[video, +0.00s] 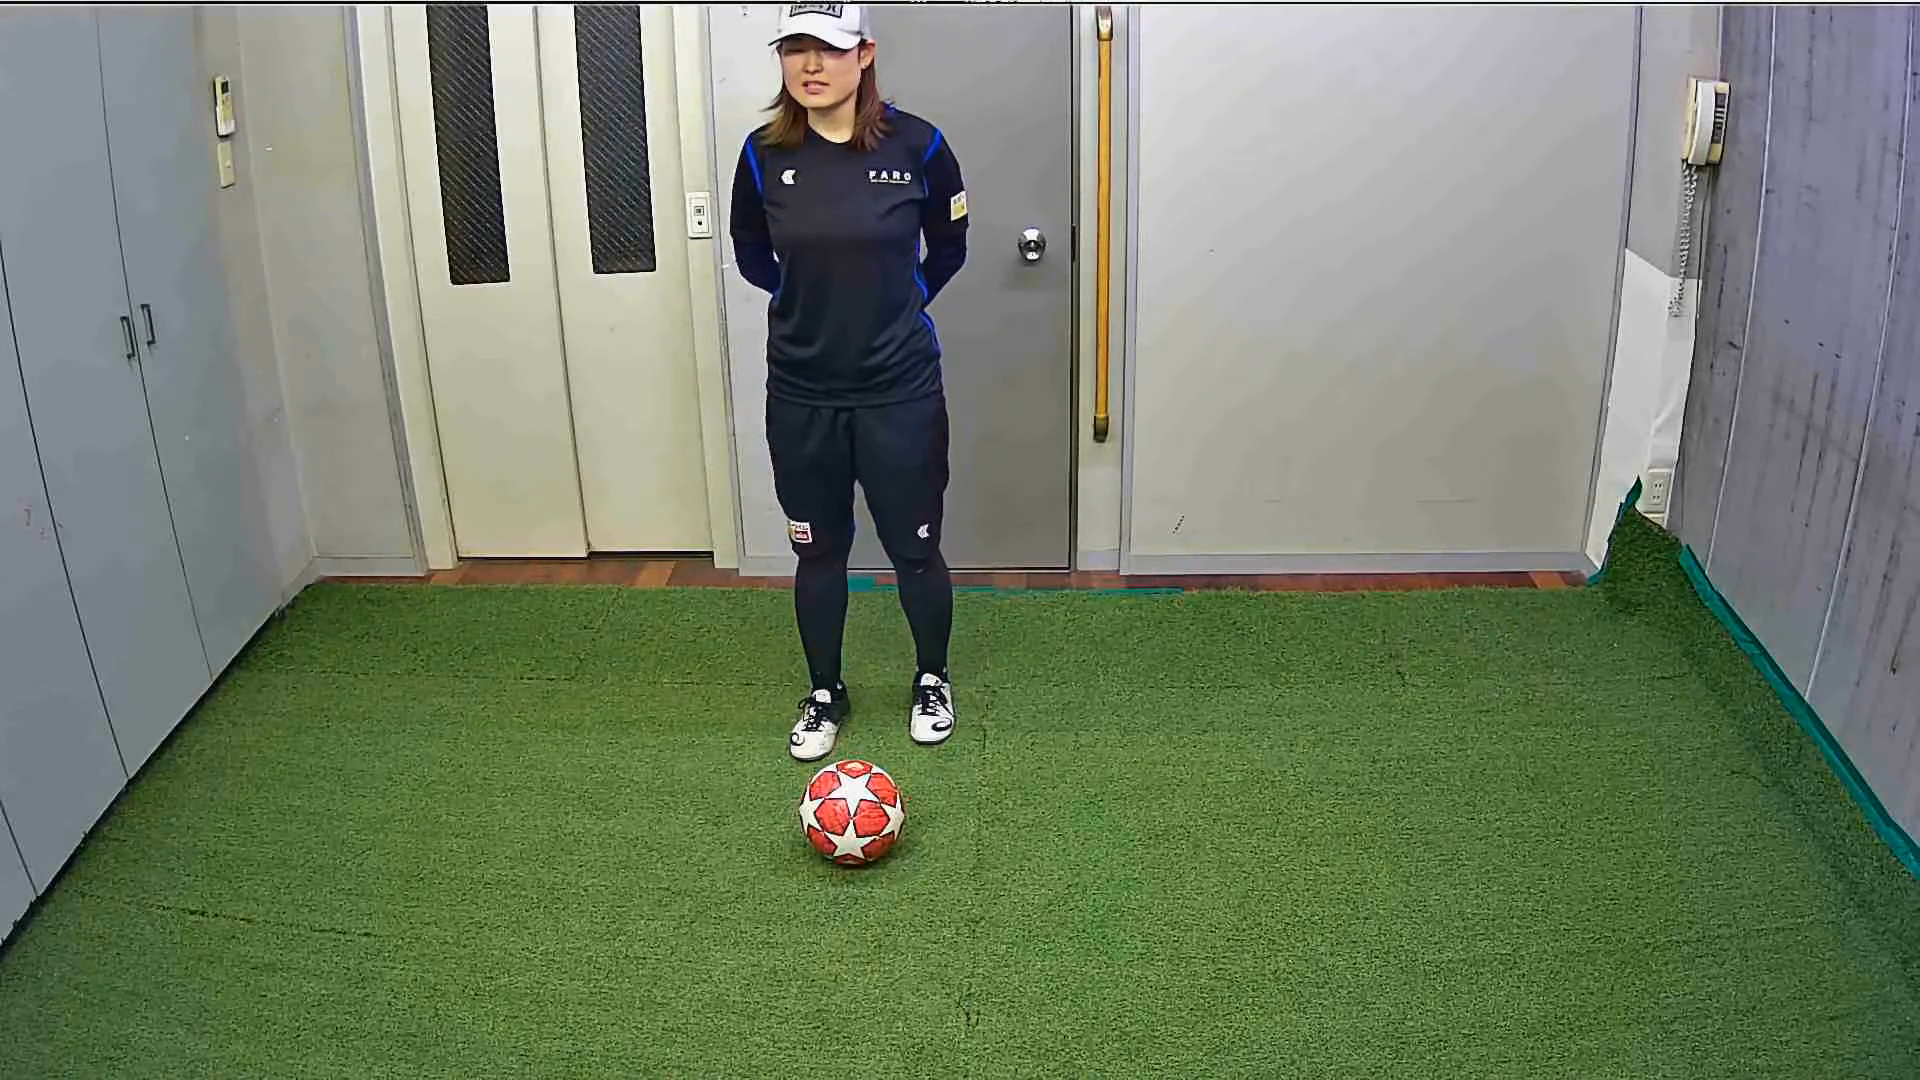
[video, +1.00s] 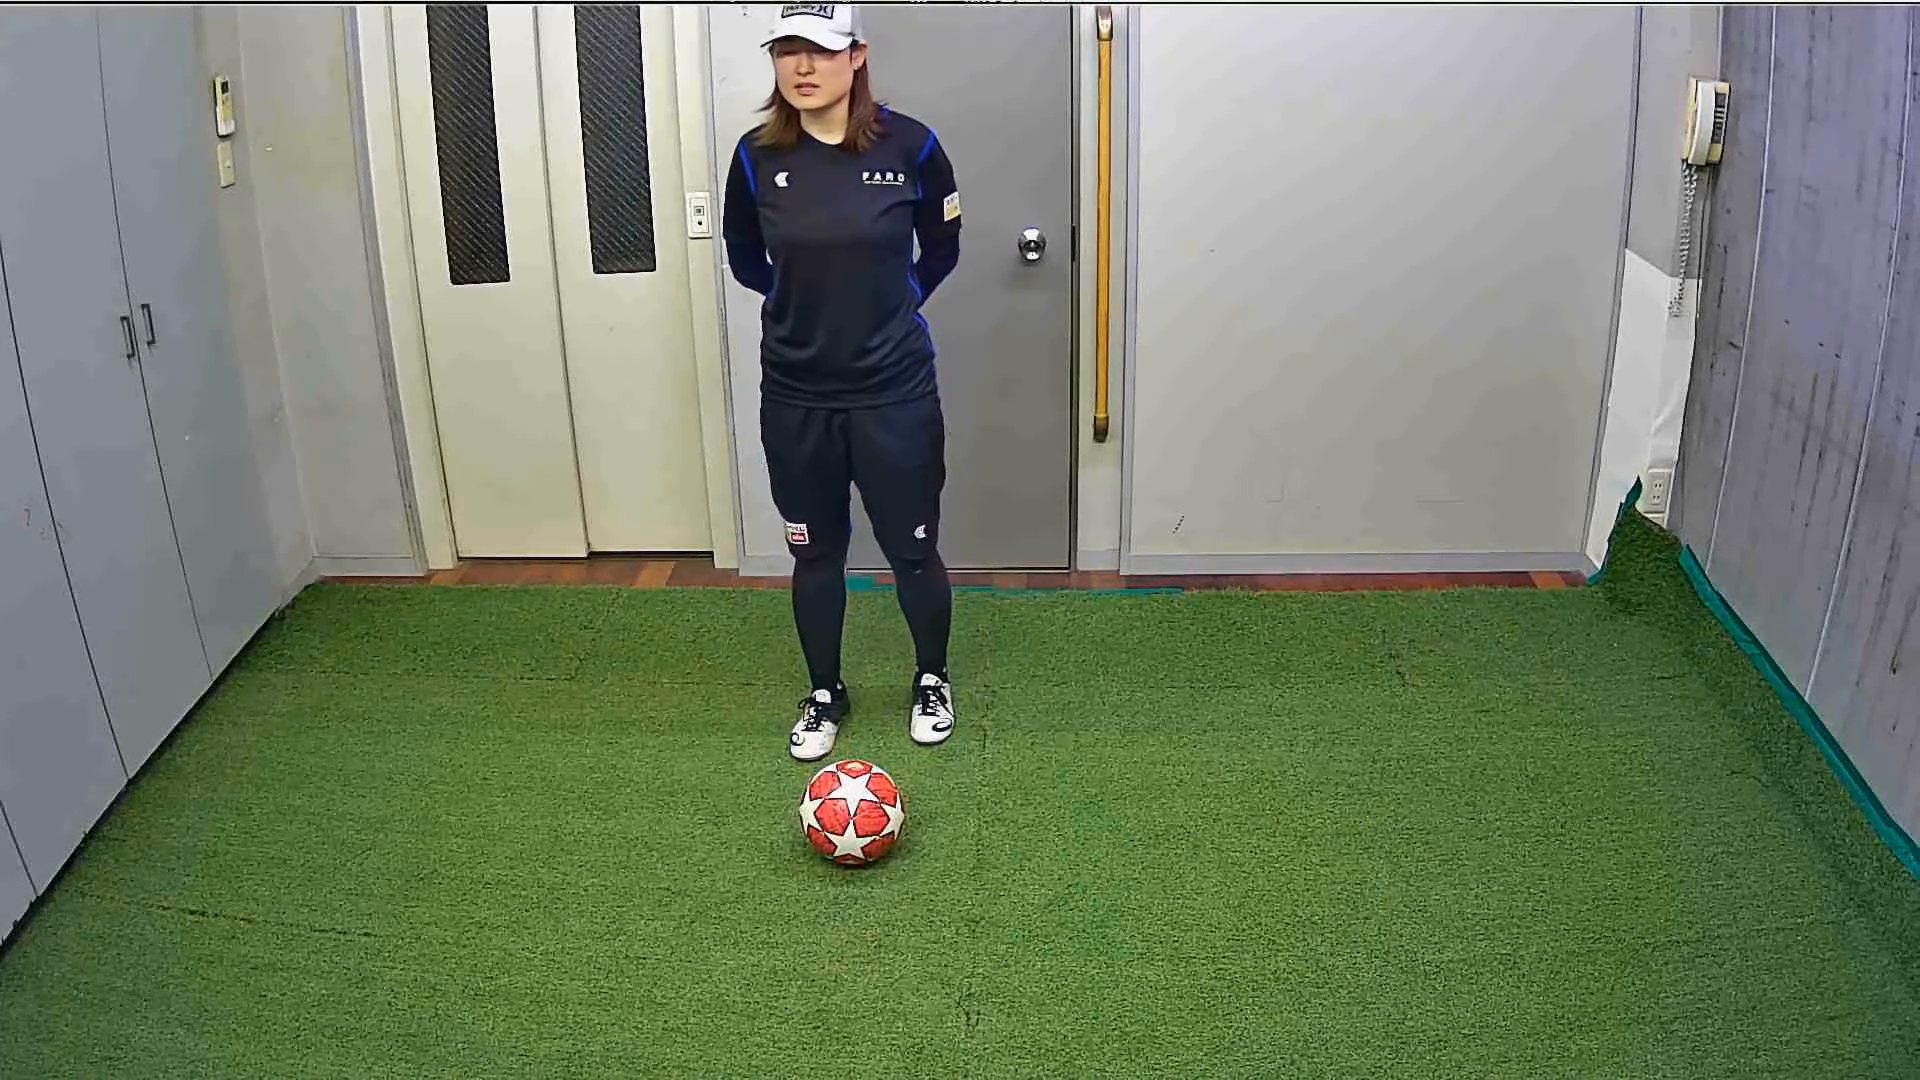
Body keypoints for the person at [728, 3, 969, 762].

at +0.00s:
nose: (810, 64)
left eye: (827, 49)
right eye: (797, 51)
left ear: (864, 56)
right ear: (782, 64)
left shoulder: (918, 146)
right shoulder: (762, 155)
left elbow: (950, 248)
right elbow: (750, 253)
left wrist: (895, 303)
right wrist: (810, 291)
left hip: (899, 386)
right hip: (801, 388)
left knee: (916, 550)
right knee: (815, 549)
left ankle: (930, 681)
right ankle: (825, 694)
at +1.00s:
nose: (801, 66)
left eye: (818, 51)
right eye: (789, 53)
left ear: (856, 60)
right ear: (775, 66)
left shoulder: (910, 146)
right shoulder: (755, 156)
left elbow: (943, 249)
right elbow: (743, 258)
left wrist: (887, 304)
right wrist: (805, 292)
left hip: (894, 388)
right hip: (795, 390)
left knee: (913, 551)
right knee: (812, 549)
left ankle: (931, 681)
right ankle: (825, 694)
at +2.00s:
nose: (775, 73)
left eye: (792, 56)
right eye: (761, 58)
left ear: (829, 61)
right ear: (748, 68)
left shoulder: (890, 146)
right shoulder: (733, 160)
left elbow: (924, 248)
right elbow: (724, 260)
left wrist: (868, 304)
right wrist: (784, 297)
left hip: (880, 388)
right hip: (781, 395)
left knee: (906, 550)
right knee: (805, 550)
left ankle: (932, 682)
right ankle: (823, 695)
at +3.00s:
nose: (799, 65)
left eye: (814, 50)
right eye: (787, 53)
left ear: (852, 56)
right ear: (775, 65)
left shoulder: (913, 141)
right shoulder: (762, 157)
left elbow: (948, 246)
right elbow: (754, 260)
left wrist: (892, 305)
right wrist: (816, 296)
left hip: (901, 382)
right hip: (805, 387)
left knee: (925, 537)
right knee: (815, 543)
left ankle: (955, 655)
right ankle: (825, 693)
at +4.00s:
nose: (929, 62)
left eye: (944, 47)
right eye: (917, 47)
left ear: (976, 54)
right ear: (901, 54)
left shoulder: (1015, 138)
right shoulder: (874, 134)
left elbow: (986, 242)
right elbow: (849, 238)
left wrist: (956, 146)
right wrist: (908, 275)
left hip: (976, 365)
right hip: (884, 361)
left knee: (970, 521)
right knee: (865, 523)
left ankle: (958, 662)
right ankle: (849, 684)